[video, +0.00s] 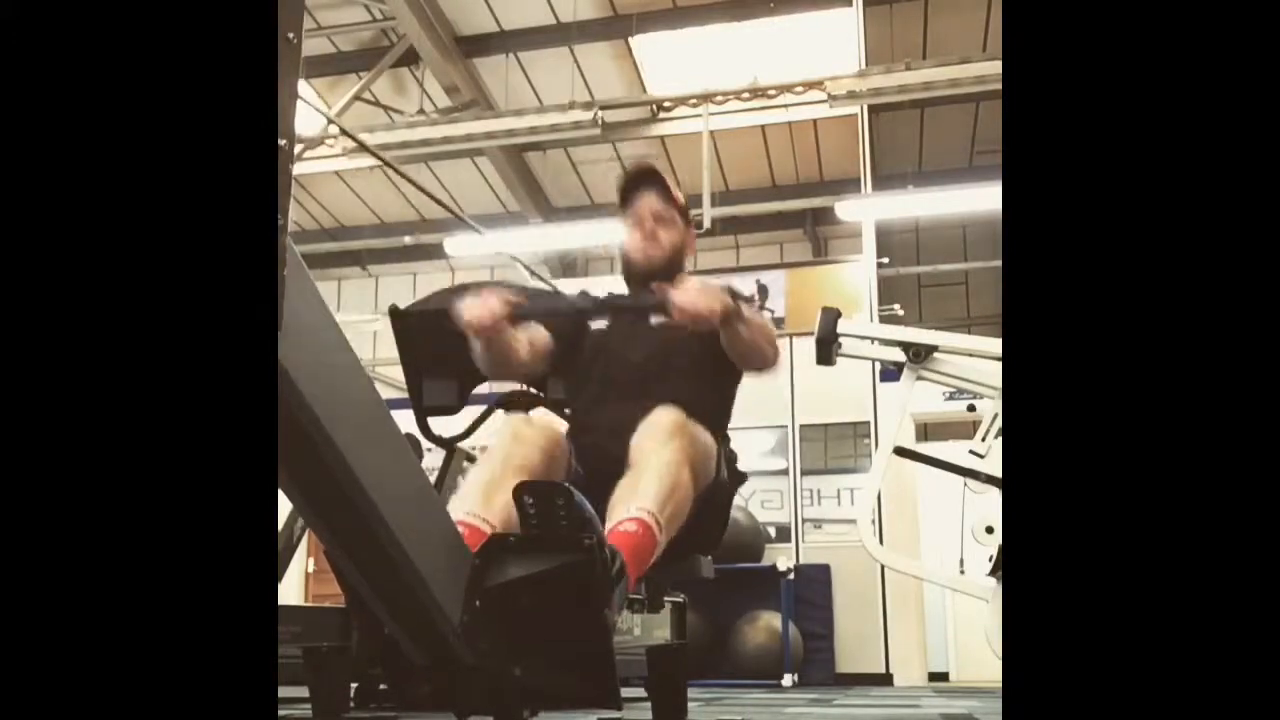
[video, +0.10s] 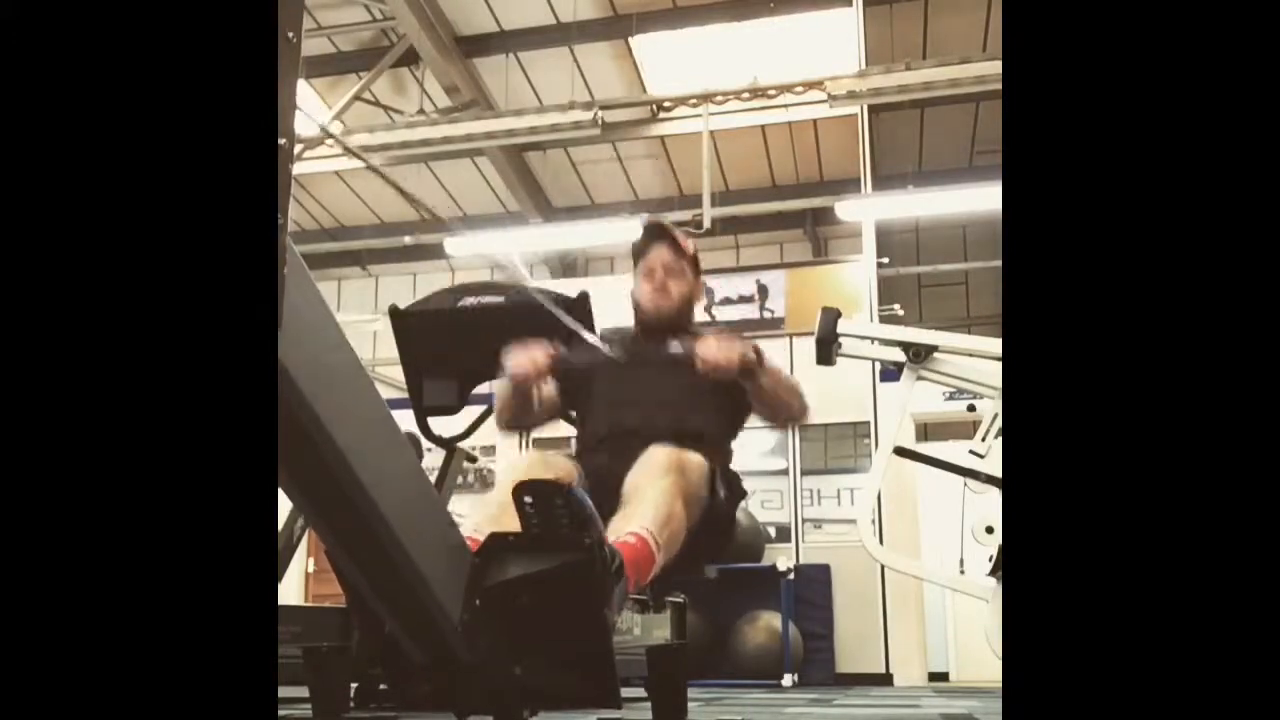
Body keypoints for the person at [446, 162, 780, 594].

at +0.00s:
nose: (647, 230)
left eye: (662, 222)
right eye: (636, 222)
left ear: (689, 238)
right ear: (622, 236)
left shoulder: (717, 303)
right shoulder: (590, 313)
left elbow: (764, 359)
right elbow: (514, 364)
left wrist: (728, 314)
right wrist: (490, 331)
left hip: (688, 476)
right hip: (582, 471)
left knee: (666, 424)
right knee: (521, 428)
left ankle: (609, 572)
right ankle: (451, 556)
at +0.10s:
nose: (658, 282)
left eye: (673, 273)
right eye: (647, 272)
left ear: (697, 288)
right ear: (632, 286)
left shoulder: (724, 353)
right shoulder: (599, 353)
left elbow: (794, 413)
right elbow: (514, 420)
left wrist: (750, 367)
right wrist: (519, 379)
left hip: (695, 485)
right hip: (595, 484)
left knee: (663, 460)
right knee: (536, 468)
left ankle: (613, 578)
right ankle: (471, 564)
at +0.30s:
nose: (655, 299)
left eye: (669, 289)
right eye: (644, 291)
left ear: (692, 301)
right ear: (629, 304)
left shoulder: (726, 366)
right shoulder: (598, 370)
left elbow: (830, 431)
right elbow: (499, 434)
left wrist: (771, 362)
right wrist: (535, 370)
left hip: (695, 500)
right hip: (596, 492)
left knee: (657, 450)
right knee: (534, 456)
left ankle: (606, 579)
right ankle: (490, 572)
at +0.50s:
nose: (639, 246)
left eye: (654, 235)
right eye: (628, 235)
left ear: (680, 250)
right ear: (612, 251)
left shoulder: (717, 329)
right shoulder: (571, 332)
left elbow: (809, 383)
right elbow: (468, 407)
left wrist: (753, 326)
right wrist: (473, 344)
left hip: (681, 501)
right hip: (568, 492)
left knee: (654, 391)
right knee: (521, 395)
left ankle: (606, 567)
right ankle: (458, 553)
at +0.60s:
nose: (622, 203)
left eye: (639, 190)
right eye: (609, 190)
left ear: (666, 208)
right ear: (590, 207)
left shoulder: (705, 293)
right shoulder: (551, 287)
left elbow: (778, 342)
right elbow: (461, 387)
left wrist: (734, 305)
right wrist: (445, 339)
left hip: (675, 497)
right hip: (559, 493)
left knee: (655, 357)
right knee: (510, 365)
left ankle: (606, 566)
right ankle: (445, 556)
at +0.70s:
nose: (603, 161)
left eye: (620, 150)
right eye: (588, 151)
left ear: (652, 174)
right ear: (569, 179)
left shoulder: (698, 257)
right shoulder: (524, 274)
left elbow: (749, 308)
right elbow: (455, 329)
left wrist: (703, 285)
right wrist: (403, 319)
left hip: (669, 492)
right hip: (546, 487)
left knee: (652, 341)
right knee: (489, 336)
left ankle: (606, 565)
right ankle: (443, 557)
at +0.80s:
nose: (586, 145)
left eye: (607, 136)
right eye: (573, 139)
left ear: (643, 164)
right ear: (554, 173)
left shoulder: (682, 240)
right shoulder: (522, 249)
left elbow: (714, 283)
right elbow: (451, 293)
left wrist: (671, 272)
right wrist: (371, 282)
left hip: (662, 482)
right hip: (543, 481)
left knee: (652, 333)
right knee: (490, 338)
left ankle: (610, 552)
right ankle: (442, 549)